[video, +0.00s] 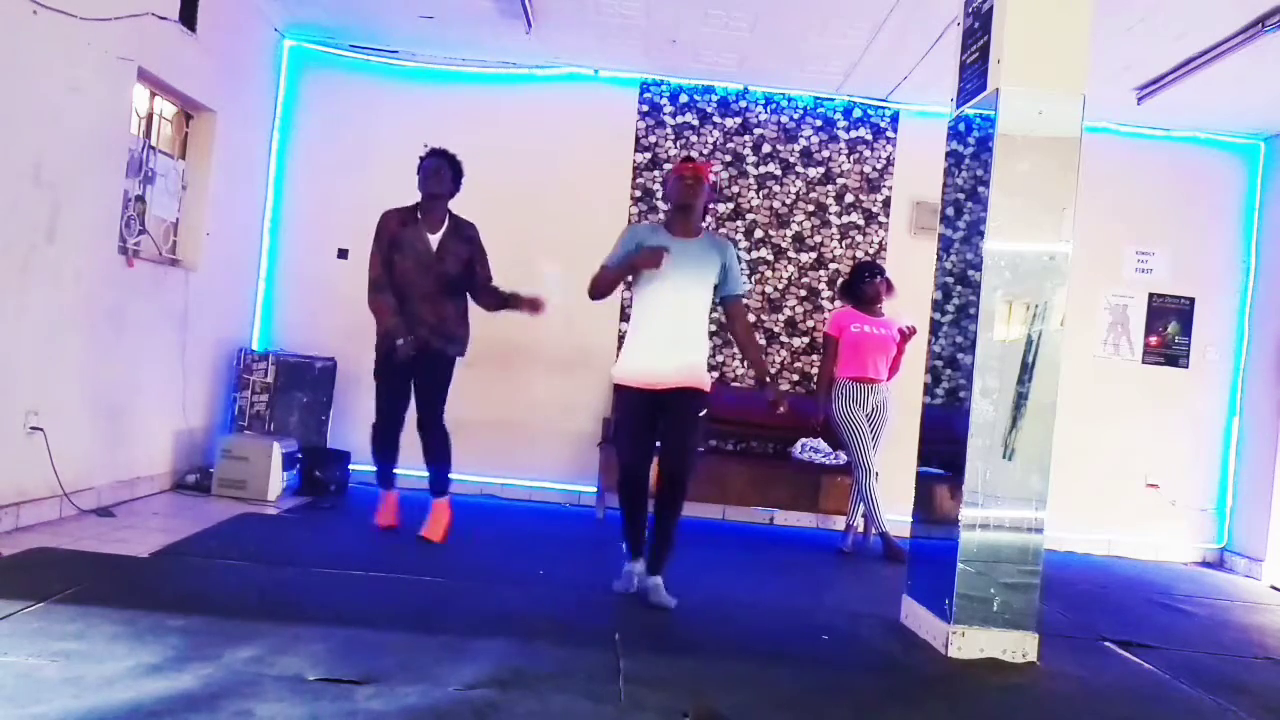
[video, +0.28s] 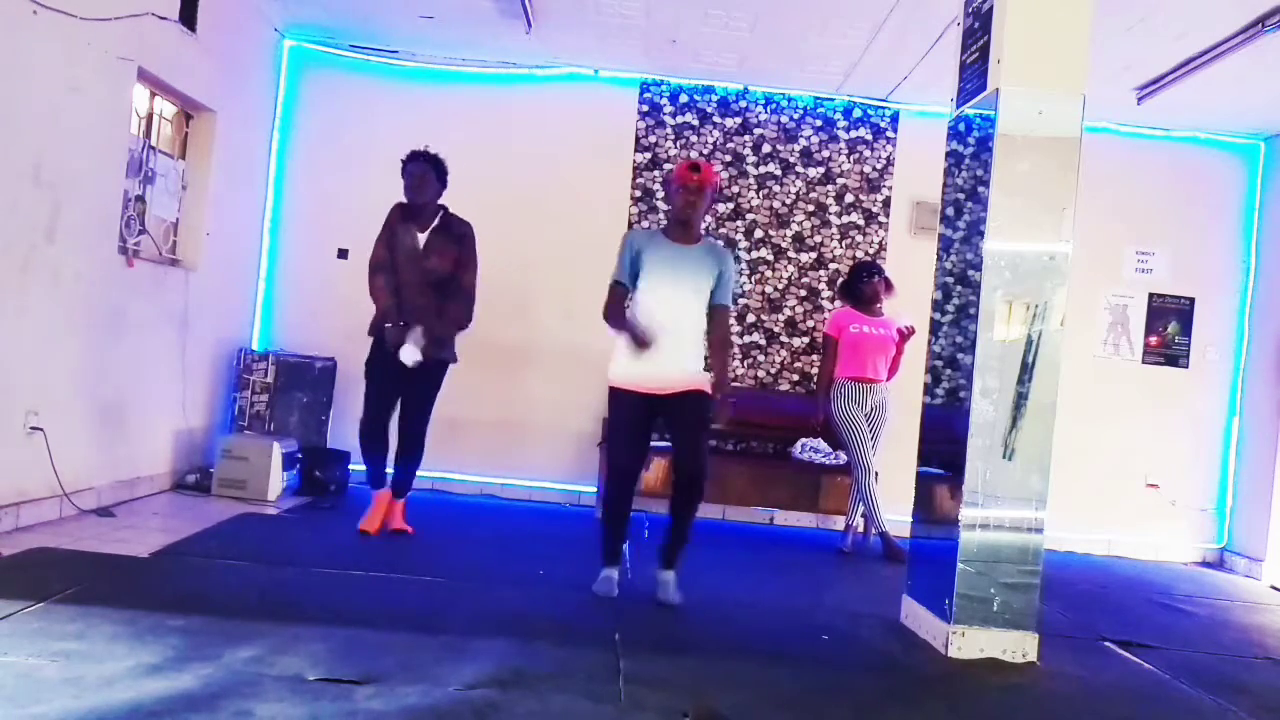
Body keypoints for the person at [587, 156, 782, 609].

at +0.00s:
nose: (686, 187)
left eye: (695, 182)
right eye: (679, 180)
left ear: (708, 195)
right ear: (665, 189)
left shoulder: (721, 250)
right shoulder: (638, 236)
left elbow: (738, 320)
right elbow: (596, 290)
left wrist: (767, 380)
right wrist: (631, 263)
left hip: (688, 379)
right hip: (635, 375)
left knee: (675, 478)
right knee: (632, 471)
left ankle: (655, 574)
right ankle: (634, 558)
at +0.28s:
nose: (689, 198)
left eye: (698, 192)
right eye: (683, 189)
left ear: (710, 200)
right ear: (669, 193)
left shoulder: (720, 258)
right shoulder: (638, 241)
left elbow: (720, 326)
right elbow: (612, 308)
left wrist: (720, 387)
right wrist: (630, 328)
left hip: (688, 386)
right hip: (632, 384)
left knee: (692, 479)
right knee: (620, 475)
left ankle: (669, 568)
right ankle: (611, 565)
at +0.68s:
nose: (691, 187)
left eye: (700, 182)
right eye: (684, 181)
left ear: (716, 193)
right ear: (673, 191)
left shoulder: (731, 240)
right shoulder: (658, 246)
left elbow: (753, 313)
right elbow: (635, 313)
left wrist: (733, 377)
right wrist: (599, 357)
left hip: (704, 386)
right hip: (650, 379)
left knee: (698, 485)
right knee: (615, 464)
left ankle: (698, 581)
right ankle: (603, 559)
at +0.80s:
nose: (681, 187)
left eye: (692, 181)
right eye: (675, 180)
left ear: (712, 193)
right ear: (667, 191)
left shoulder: (728, 239)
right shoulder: (660, 246)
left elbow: (744, 316)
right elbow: (651, 315)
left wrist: (737, 386)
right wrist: (622, 364)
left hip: (704, 380)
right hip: (651, 373)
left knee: (695, 482)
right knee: (615, 459)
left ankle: (699, 580)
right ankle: (584, 560)